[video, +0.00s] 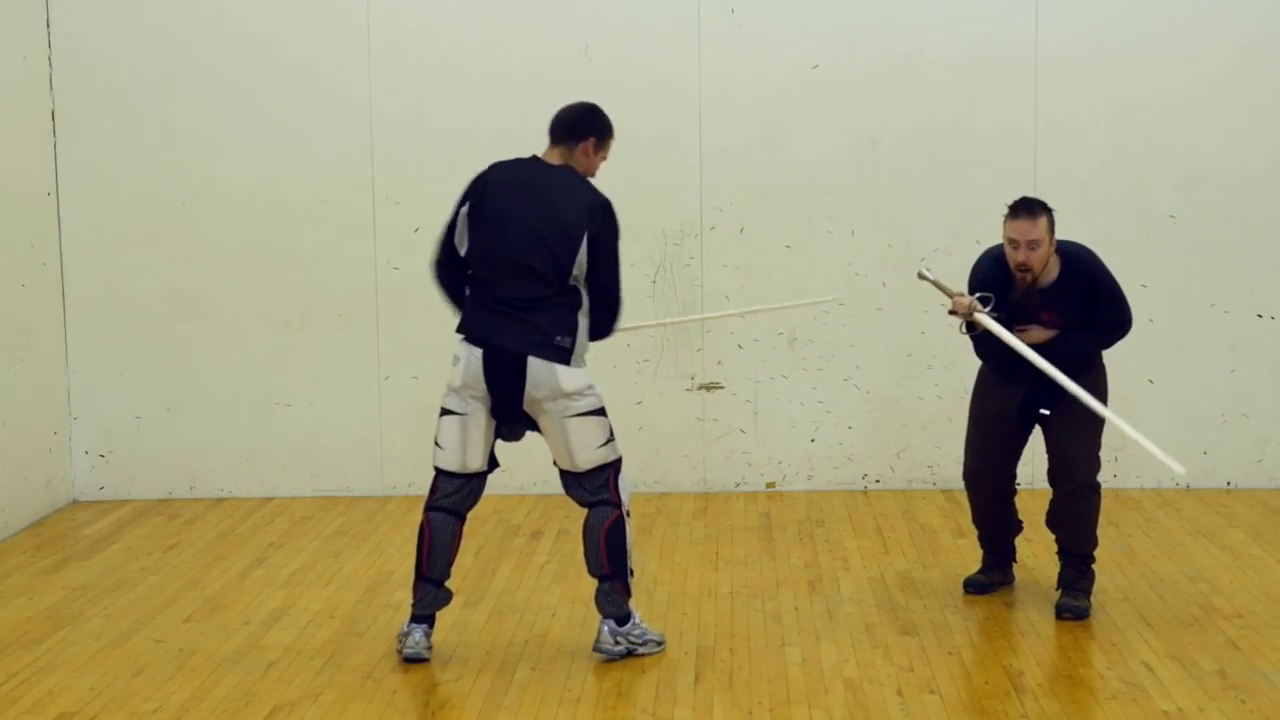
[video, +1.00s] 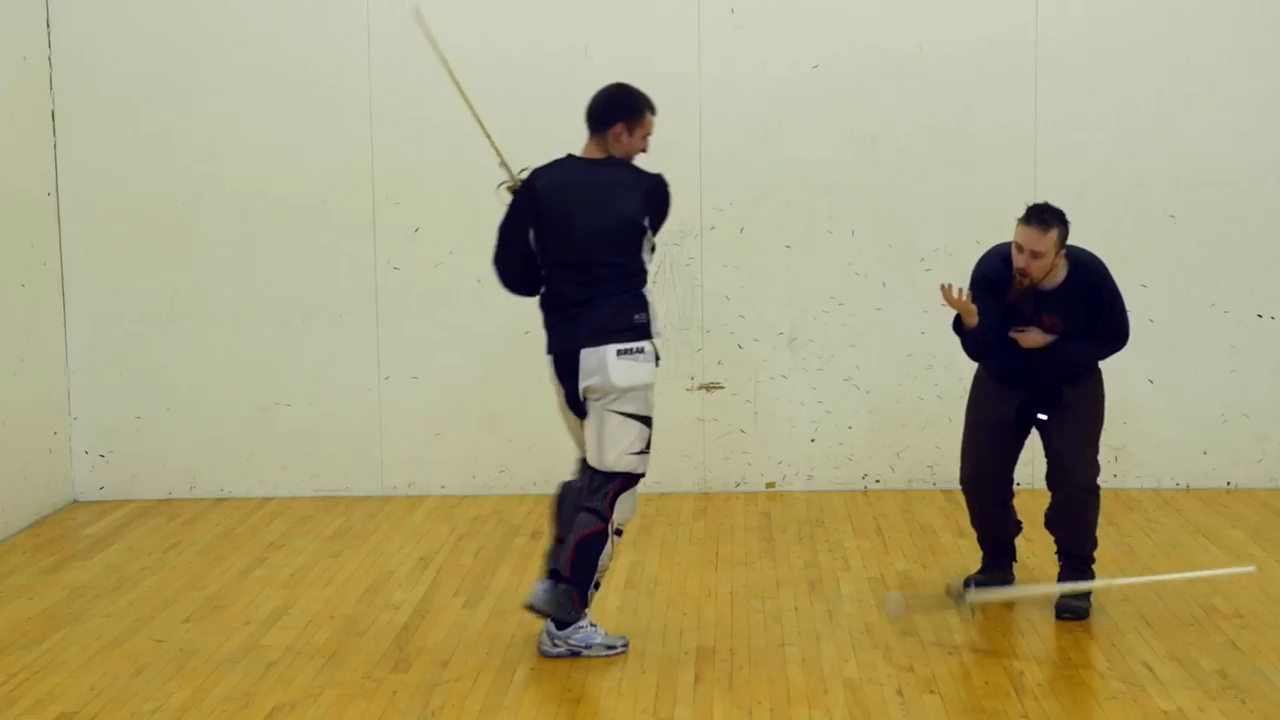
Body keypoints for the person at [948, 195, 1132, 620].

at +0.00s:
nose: (1022, 257)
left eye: (1033, 246)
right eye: (1014, 245)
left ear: (1052, 242)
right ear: (1004, 239)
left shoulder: (1082, 266)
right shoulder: (990, 269)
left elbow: (1119, 322)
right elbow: (991, 353)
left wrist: (1054, 338)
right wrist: (974, 321)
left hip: (1074, 377)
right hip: (1005, 374)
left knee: (1075, 475)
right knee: (984, 470)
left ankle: (1075, 581)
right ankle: (997, 563)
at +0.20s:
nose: (1028, 257)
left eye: (1038, 247)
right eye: (1020, 245)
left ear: (1058, 242)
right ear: (1010, 238)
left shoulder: (1089, 268)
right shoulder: (994, 267)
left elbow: (1121, 325)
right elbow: (989, 351)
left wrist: (1057, 337)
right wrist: (975, 323)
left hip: (1075, 375)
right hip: (1006, 370)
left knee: (1076, 478)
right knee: (984, 470)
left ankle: (1075, 582)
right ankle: (997, 562)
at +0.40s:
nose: (1024, 253)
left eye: (1035, 244)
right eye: (1018, 241)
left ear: (1058, 241)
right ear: (1010, 234)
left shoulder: (1090, 268)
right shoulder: (994, 265)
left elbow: (1121, 327)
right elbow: (989, 347)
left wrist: (1058, 337)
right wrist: (970, 324)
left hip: (1075, 375)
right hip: (1005, 371)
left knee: (1075, 477)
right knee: (984, 470)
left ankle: (1075, 582)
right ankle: (997, 563)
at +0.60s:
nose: (1022, 252)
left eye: (1033, 244)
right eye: (1017, 240)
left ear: (1058, 241)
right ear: (1010, 234)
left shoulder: (1089, 268)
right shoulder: (993, 263)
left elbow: (1118, 327)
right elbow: (987, 329)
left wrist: (1055, 338)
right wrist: (976, 320)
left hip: (1074, 379)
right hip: (1003, 377)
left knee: (1075, 477)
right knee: (983, 472)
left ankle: (1075, 583)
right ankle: (997, 563)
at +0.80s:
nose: (1021, 259)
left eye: (1033, 251)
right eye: (1015, 247)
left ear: (1057, 247)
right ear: (1008, 239)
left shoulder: (1088, 271)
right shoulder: (991, 267)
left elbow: (1117, 330)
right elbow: (983, 350)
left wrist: (1054, 341)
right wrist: (969, 319)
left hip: (1073, 379)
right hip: (1005, 375)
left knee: (1075, 480)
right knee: (981, 470)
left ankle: (1074, 585)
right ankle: (996, 563)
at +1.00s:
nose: (1023, 262)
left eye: (1035, 255)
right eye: (1019, 249)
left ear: (1061, 252)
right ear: (1013, 241)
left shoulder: (1090, 275)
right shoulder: (994, 268)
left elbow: (1115, 335)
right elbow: (979, 351)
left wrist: (1053, 343)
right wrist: (969, 324)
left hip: (1071, 384)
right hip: (1001, 380)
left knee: (1075, 480)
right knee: (981, 475)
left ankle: (1075, 577)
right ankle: (997, 565)